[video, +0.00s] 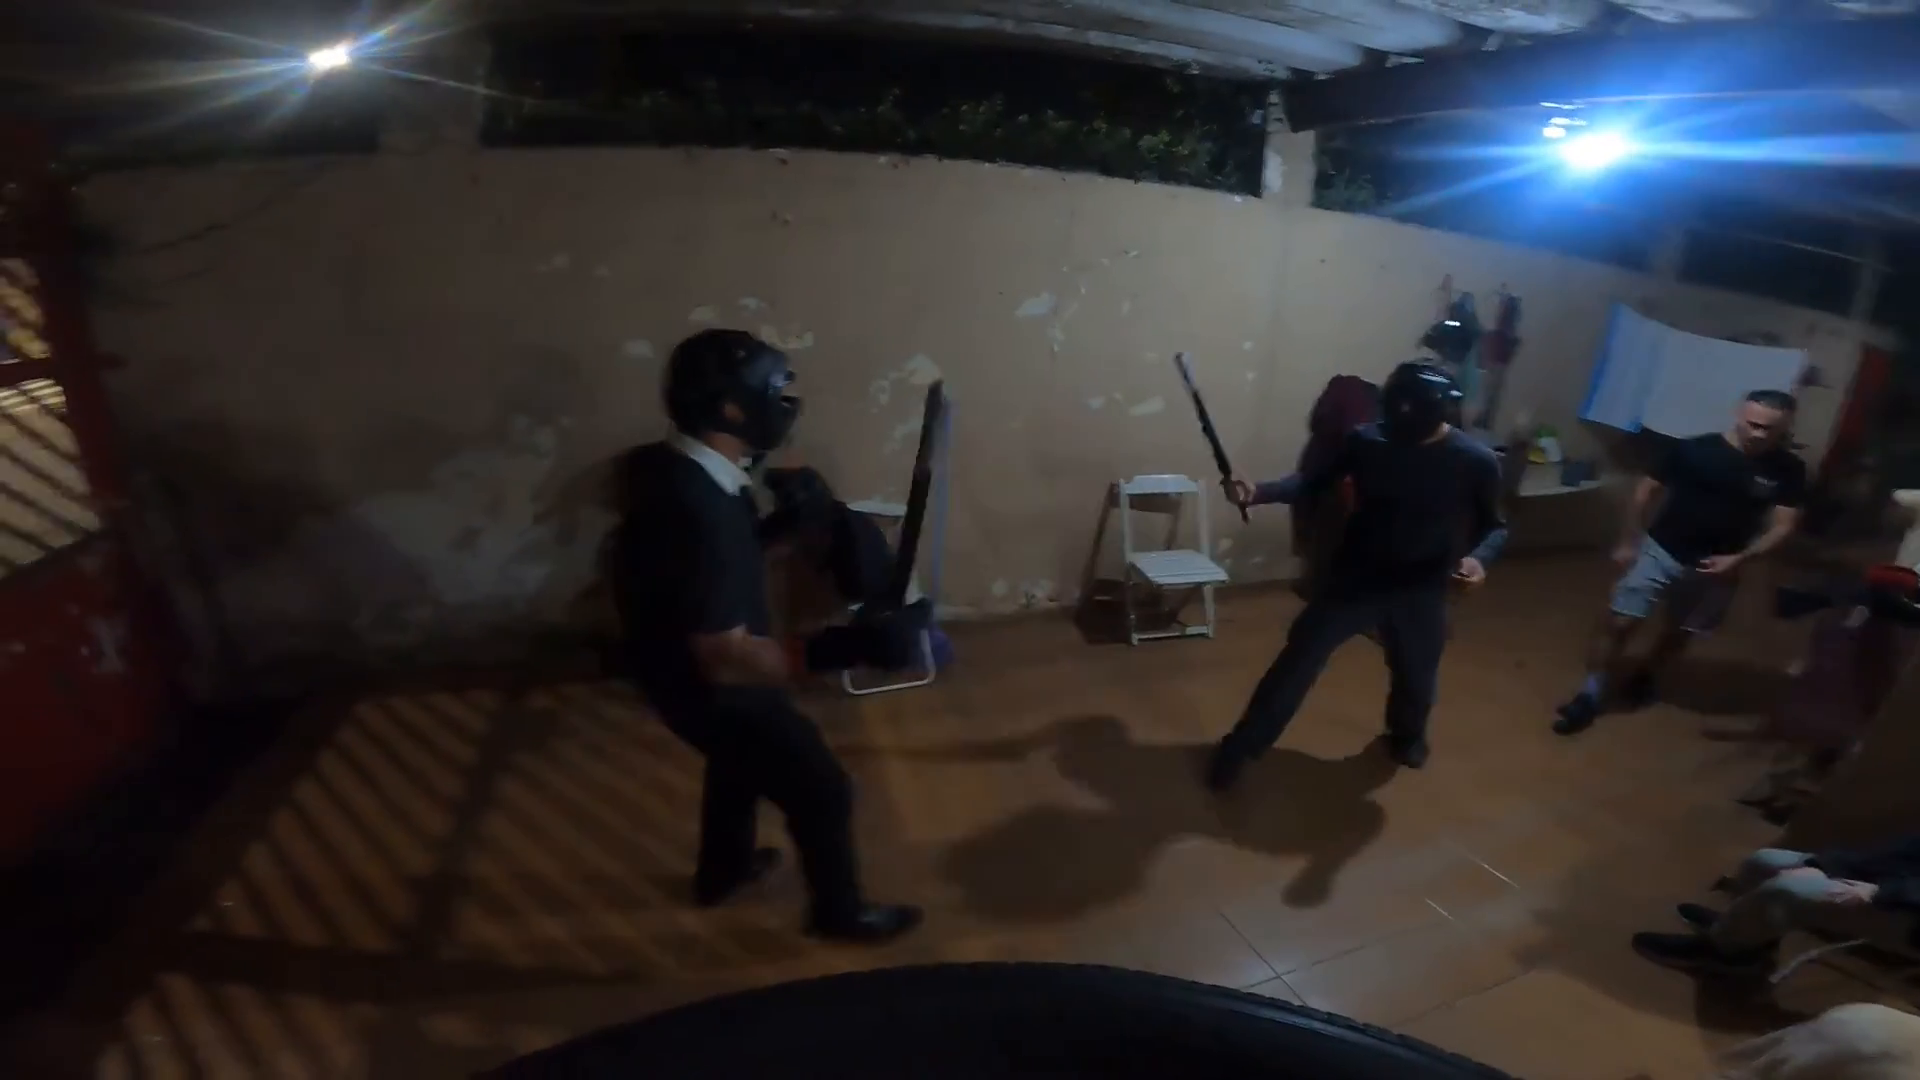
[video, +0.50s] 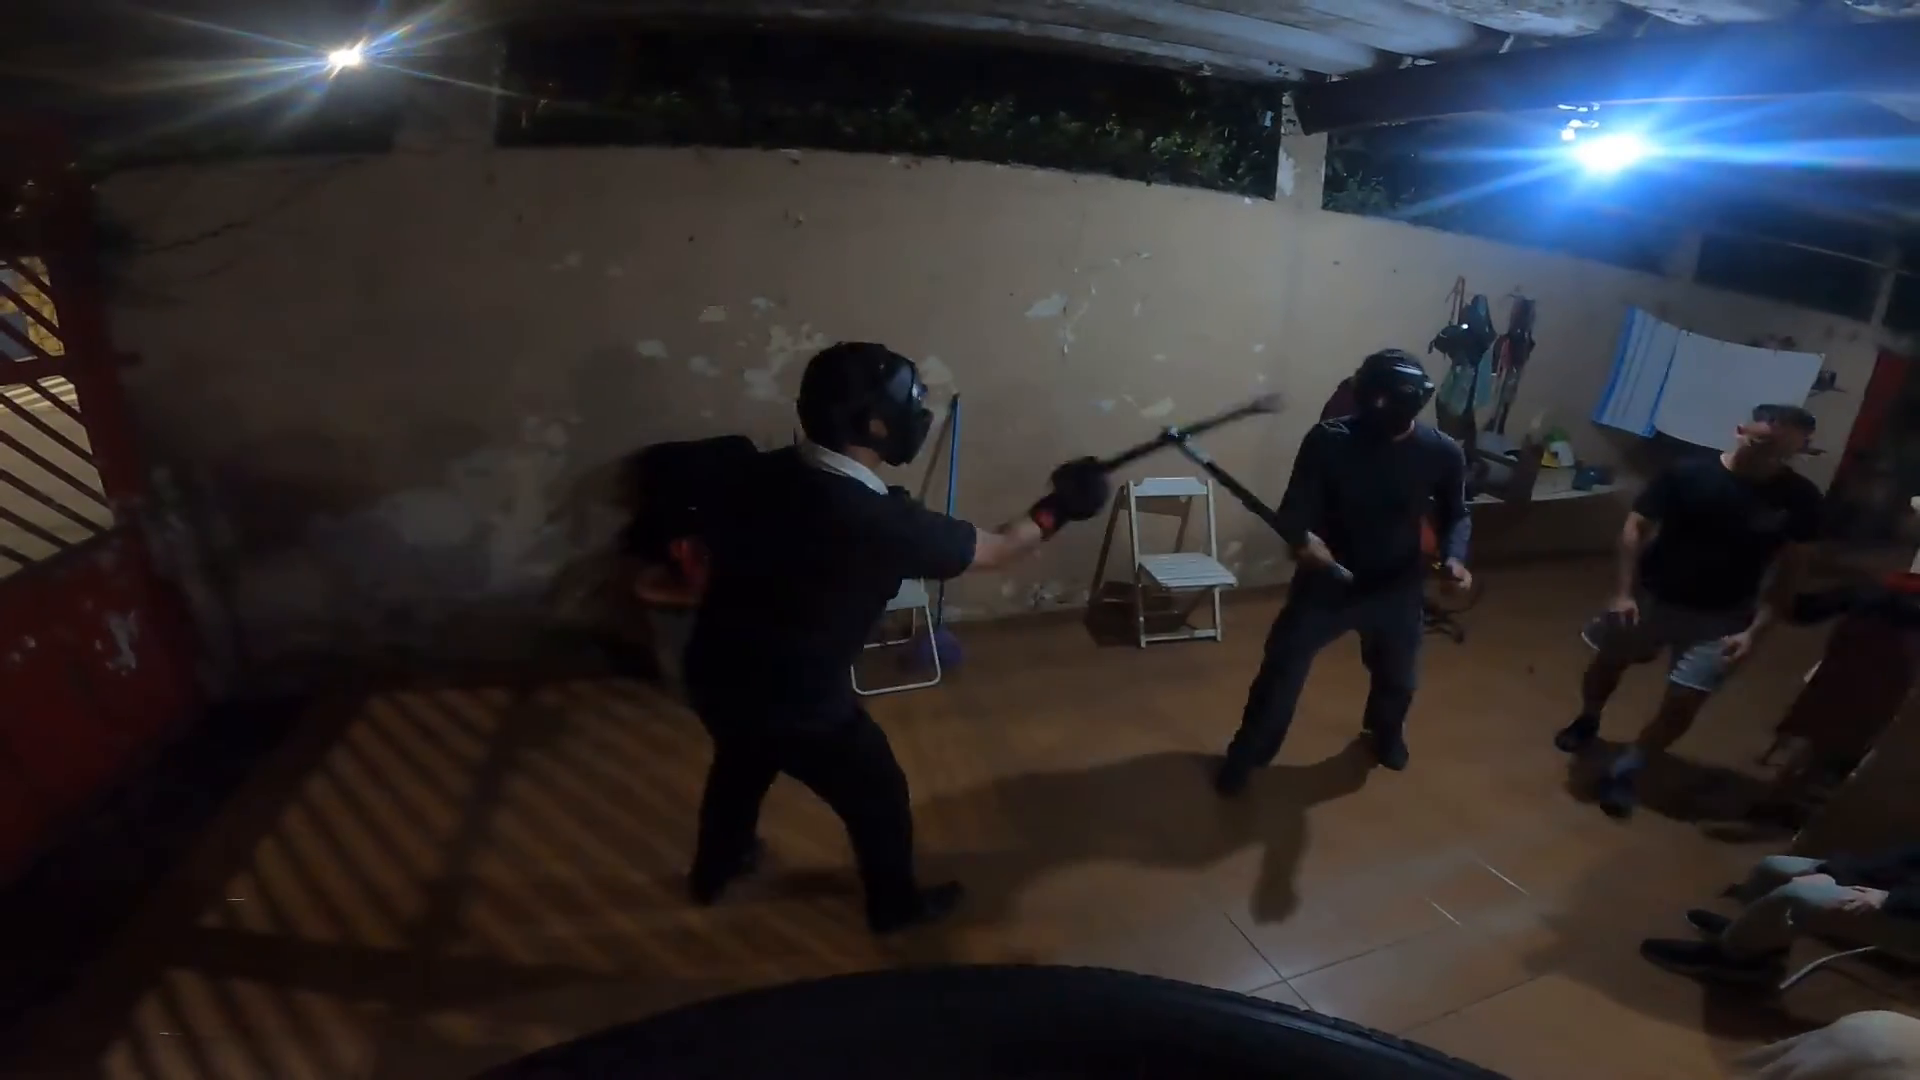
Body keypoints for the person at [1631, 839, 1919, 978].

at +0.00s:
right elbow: (1902, 856)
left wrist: (1881, 895)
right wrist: (1826, 865)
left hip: (1904, 915)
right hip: (1884, 881)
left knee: (1784, 891)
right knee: (1763, 863)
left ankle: (1720, 947)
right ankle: (1735, 927)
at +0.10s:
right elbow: (1907, 861)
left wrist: (1896, 900)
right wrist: (1837, 871)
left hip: (1909, 918)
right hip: (1900, 885)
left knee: (1797, 897)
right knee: (1776, 868)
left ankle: (1734, 953)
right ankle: (1756, 941)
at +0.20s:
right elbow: (1908, 861)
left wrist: (1898, 901)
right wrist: (1836, 872)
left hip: (1909, 917)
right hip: (1901, 885)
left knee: (1799, 896)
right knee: (1776, 868)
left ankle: (1735, 953)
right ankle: (1756, 940)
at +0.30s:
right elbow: (1906, 860)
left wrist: (1894, 900)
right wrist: (1837, 871)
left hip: (1909, 918)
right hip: (1897, 886)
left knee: (1796, 895)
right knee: (1776, 867)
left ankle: (1731, 952)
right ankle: (1746, 933)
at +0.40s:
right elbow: (1905, 860)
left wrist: (1892, 900)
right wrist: (1832, 871)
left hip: (1908, 918)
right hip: (1897, 885)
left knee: (1794, 896)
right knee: (1773, 867)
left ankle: (1729, 951)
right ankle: (1746, 934)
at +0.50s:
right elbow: (1905, 862)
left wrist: (1893, 901)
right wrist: (1835, 873)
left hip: (1908, 918)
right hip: (1894, 886)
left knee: (1794, 897)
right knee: (1773, 868)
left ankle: (1728, 953)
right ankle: (1745, 935)